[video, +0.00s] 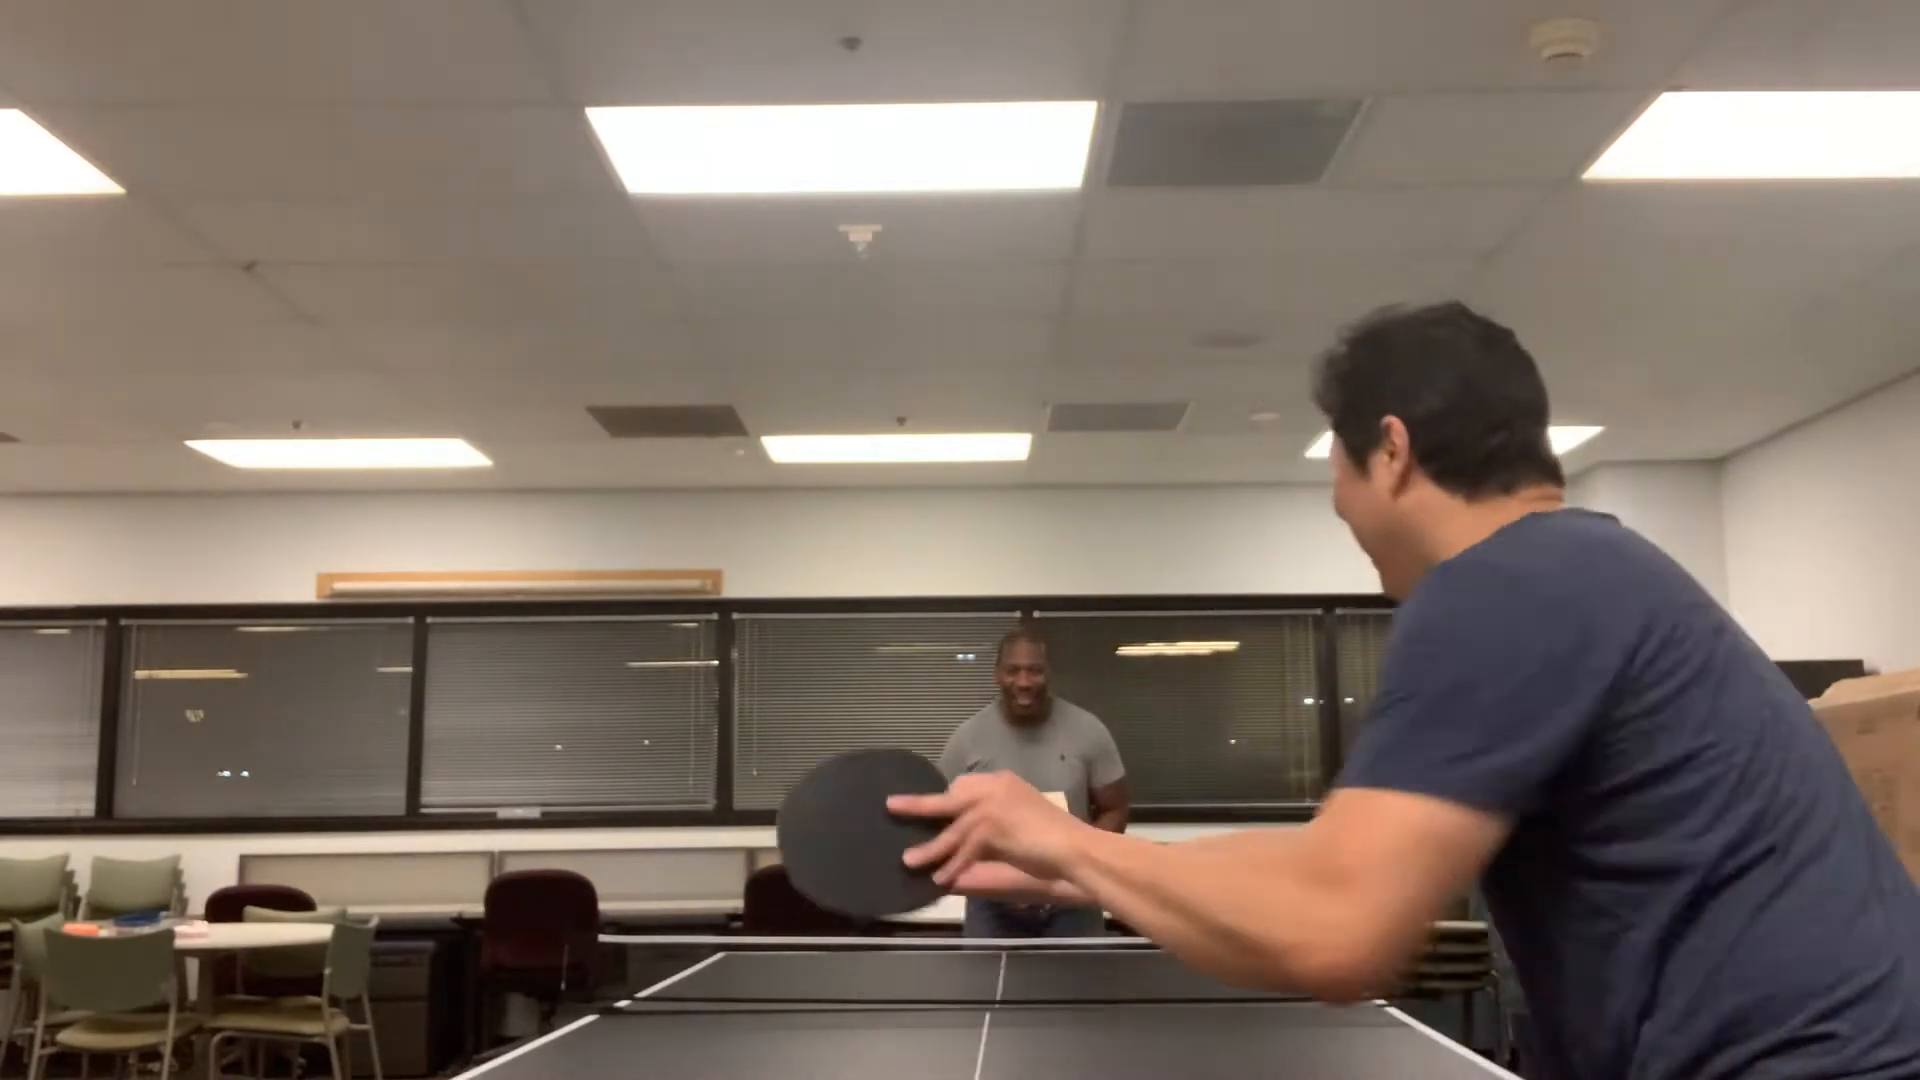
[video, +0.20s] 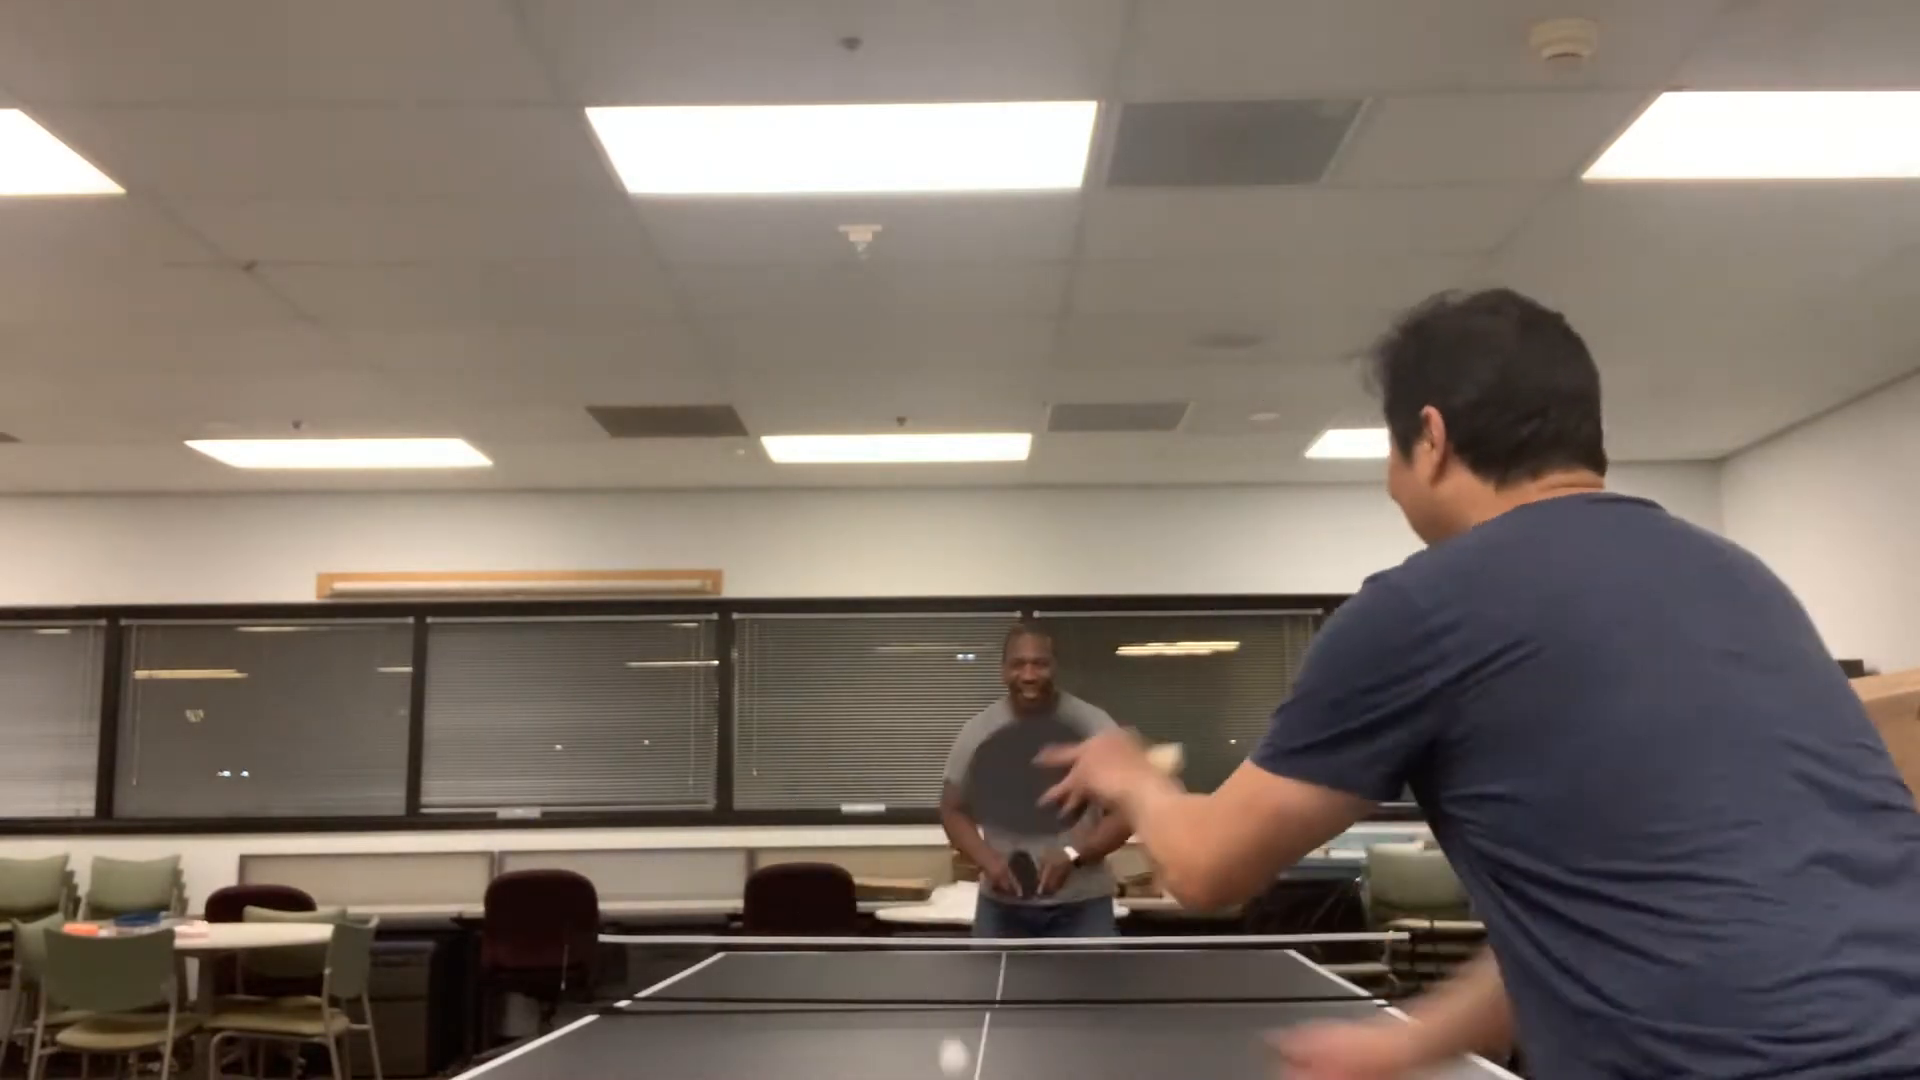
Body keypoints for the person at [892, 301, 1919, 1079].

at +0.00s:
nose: (1341, 507)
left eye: (1339, 469)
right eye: (1336, 475)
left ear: (1395, 449)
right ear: (1516, 440)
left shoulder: (1518, 586)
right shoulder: (1597, 569)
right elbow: (1355, 880)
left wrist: (1081, 856)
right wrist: (1091, 858)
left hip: (1775, 1055)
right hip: (1828, 1039)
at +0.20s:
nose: (1392, 478)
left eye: (1390, 442)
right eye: (1388, 445)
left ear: (1434, 438)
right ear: (1578, 430)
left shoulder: (1428, 607)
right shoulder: (1738, 573)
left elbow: (1208, 874)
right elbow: (1639, 890)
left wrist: (1143, 787)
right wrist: (1411, 1040)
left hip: (1683, 1059)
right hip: (1900, 1037)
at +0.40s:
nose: (1434, 461)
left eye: (1431, 428)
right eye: (1428, 431)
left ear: (1465, 423)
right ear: (1626, 425)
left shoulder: (1419, 590)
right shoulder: (1830, 600)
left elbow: (1194, 856)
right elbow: (1905, 822)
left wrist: (1176, 716)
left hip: (1628, 1060)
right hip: (1887, 1051)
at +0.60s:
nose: (1399, 397)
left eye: (1395, 367)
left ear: (1421, 364)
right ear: (1607, 373)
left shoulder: (1344, 563)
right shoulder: (1825, 541)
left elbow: (1192, 916)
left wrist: (1168, 806)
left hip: (1556, 1053)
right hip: (1869, 1042)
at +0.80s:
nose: (1341, 375)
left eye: (1336, 345)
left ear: (1352, 327)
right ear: (1555, 327)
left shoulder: (1262, 528)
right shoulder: (1781, 469)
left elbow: (1191, 937)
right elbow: (1918, 736)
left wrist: (1142, 875)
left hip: (1510, 1054)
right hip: (1860, 1039)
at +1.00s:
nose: (1377, 363)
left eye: (1371, 331)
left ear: (1394, 318)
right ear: (1609, 314)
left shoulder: (1319, 521)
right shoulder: (1861, 485)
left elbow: (1208, 931)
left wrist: (1104, 921)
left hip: (1552, 1048)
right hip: (1883, 1040)